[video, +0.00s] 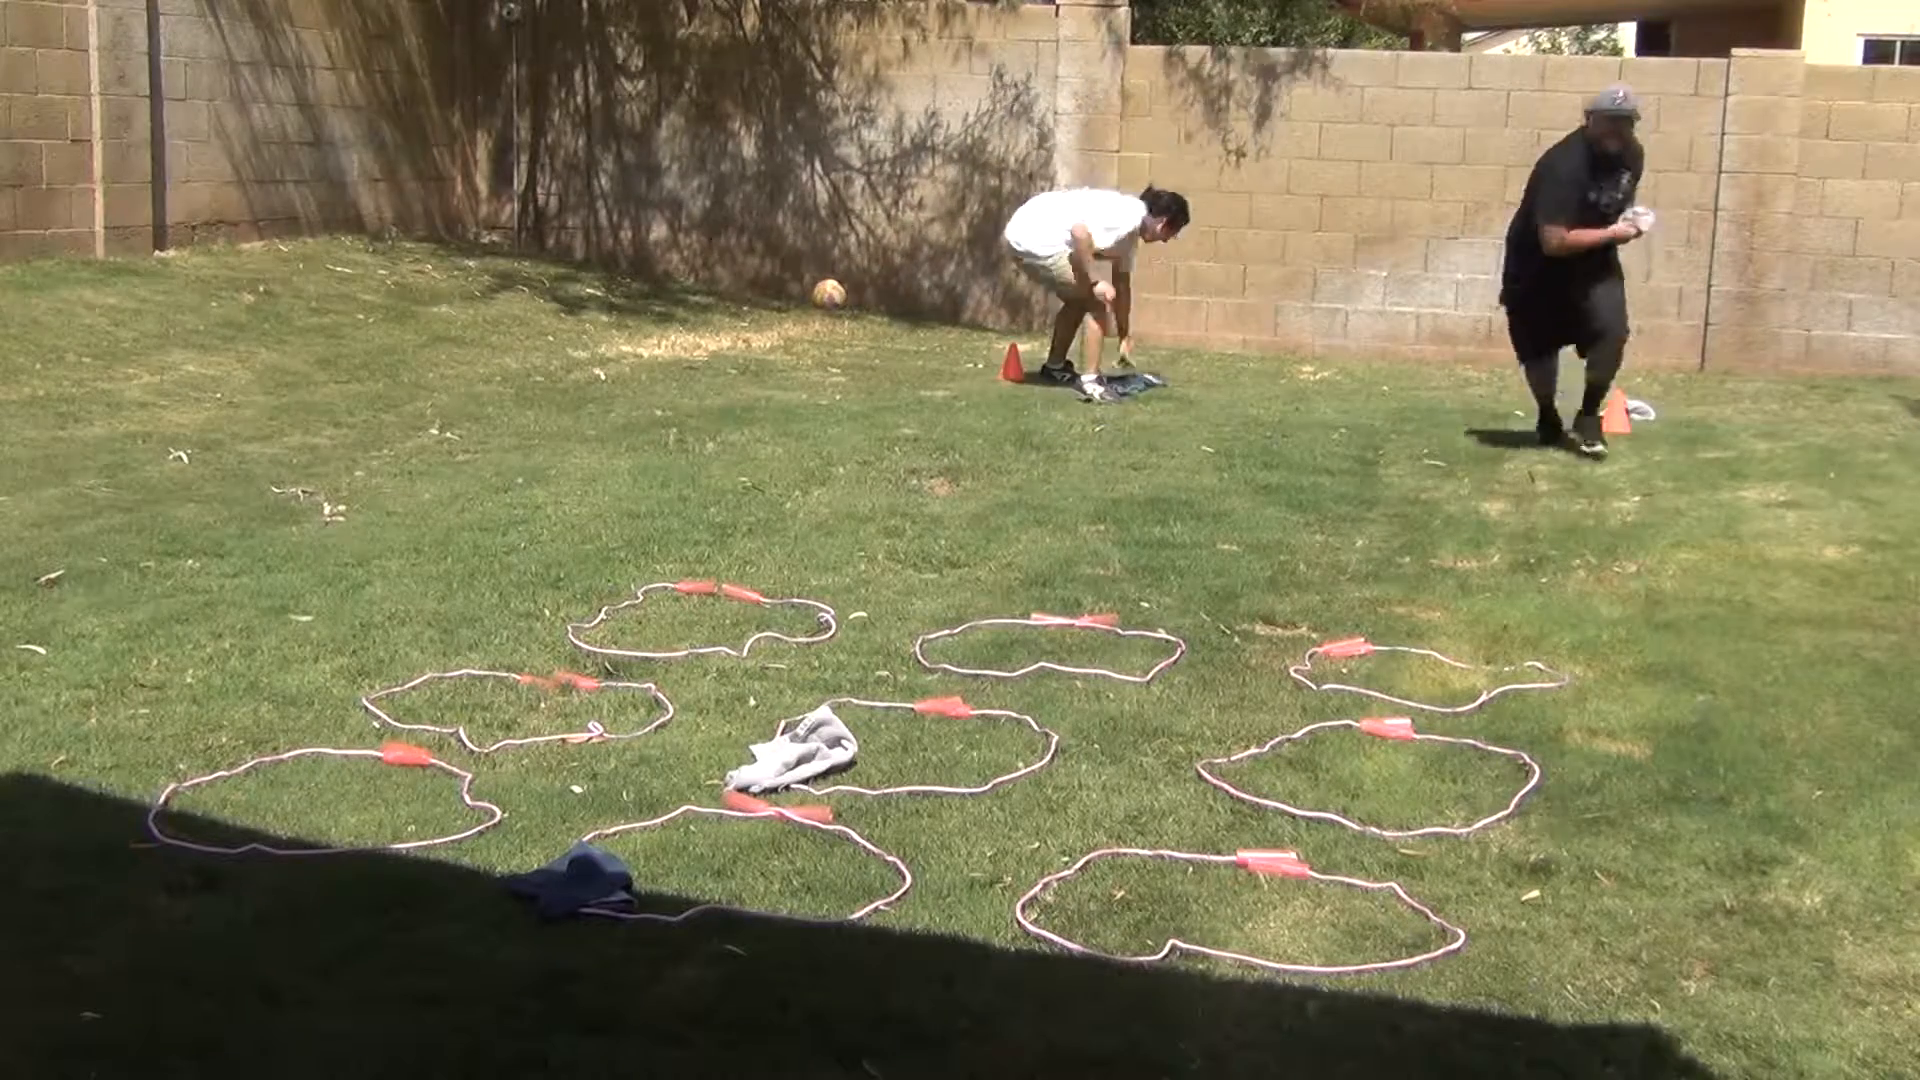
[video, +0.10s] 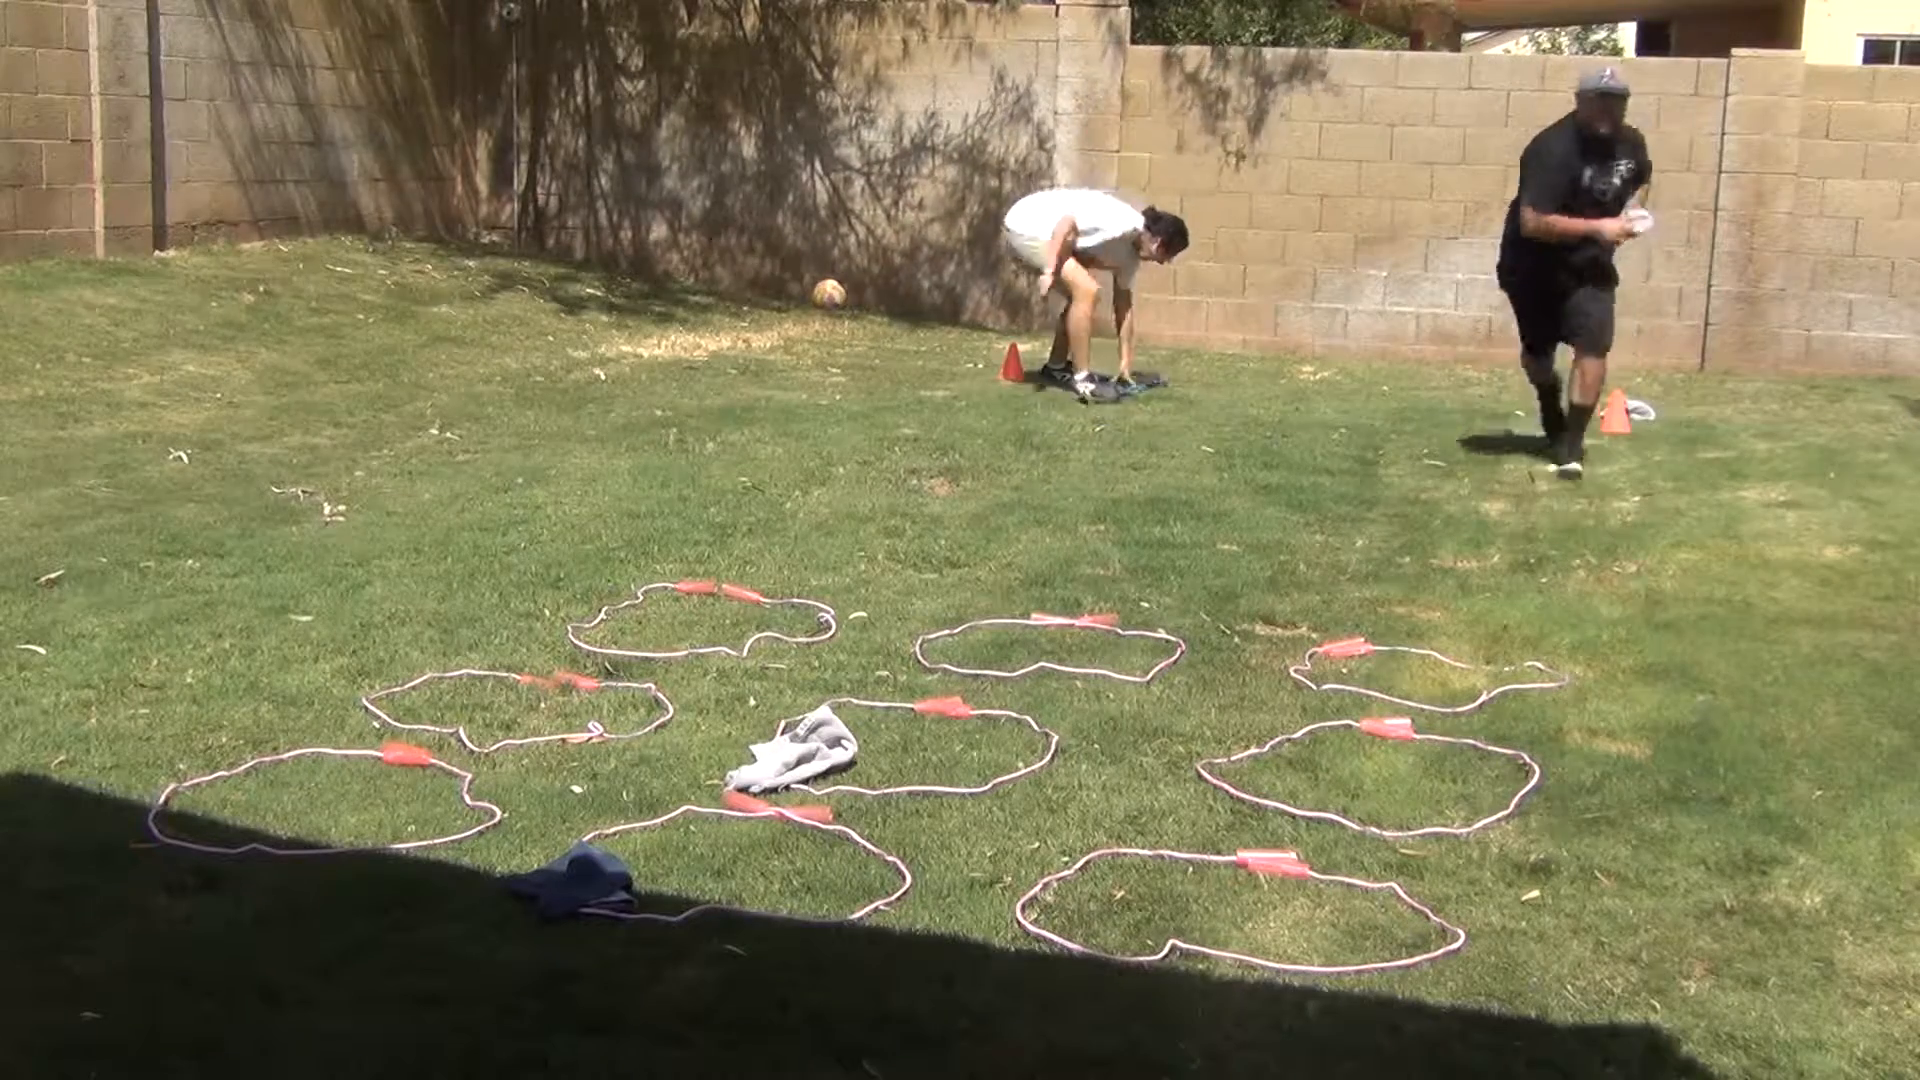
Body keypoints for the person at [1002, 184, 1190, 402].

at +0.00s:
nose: (1166, 240)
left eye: (1172, 235)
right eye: (1170, 233)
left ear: (1158, 219)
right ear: (1162, 222)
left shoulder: (1128, 232)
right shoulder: (1132, 217)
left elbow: (1122, 283)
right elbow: (1080, 232)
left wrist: (1124, 336)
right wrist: (1089, 282)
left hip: (1026, 238)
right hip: (1036, 243)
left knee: (1076, 300)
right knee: (1101, 300)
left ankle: (1054, 365)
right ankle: (1091, 380)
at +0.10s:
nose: (1163, 262)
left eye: (1168, 258)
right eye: (1166, 255)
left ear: (1156, 240)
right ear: (1158, 242)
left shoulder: (1129, 254)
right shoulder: (1123, 226)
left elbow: (1123, 305)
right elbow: (1067, 223)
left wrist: (1125, 364)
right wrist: (1049, 271)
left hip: (1042, 232)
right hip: (1027, 228)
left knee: (1082, 293)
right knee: (1086, 290)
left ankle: (1056, 366)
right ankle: (1082, 378)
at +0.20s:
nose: (1165, 259)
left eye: (1170, 255)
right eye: (1166, 252)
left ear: (1153, 237)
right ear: (1153, 237)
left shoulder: (1131, 256)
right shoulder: (1113, 224)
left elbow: (1121, 304)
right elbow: (1056, 213)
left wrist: (1115, 366)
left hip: (1062, 239)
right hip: (1027, 227)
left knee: (1091, 298)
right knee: (1072, 291)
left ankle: (1057, 363)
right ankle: (1061, 373)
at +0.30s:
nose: (1162, 241)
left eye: (1166, 236)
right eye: (1161, 234)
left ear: (1150, 220)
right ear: (1147, 218)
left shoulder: (1136, 237)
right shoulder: (1099, 210)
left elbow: (1121, 277)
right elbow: (1044, 205)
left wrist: (1114, 328)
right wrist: (1012, 238)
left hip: (1076, 244)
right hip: (1038, 234)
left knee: (1085, 302)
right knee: (1063, 303)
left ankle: (1060, 362)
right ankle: (1051, 373)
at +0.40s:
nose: (1152, 196)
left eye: (1158, 191)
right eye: (1148, 187)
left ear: (1163, 189)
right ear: (1129, 178)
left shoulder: (1141, 214)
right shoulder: (1085, 186)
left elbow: (1125, 238)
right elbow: (1030, 206)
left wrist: (1119, 268)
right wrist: (1024, 244)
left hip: (1086, 248)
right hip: (1047, 241)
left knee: (1088, 312)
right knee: (1062, 314)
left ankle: (1073, 352)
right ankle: (1058, 376)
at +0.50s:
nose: (1121, 157)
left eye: (1129, 152)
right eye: (1116, 148)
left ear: (1137, 157)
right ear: (1102, 149)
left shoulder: (1140, 178)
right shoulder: (1077, 173)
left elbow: (1145, 205)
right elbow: (1033, 206)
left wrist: (1135, 222)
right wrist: (1062, 218)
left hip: (1097, 247)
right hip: (1049, 248)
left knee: (1100, 325)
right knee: (1067, 320)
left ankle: (1084, 338)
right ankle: (1061, 376)